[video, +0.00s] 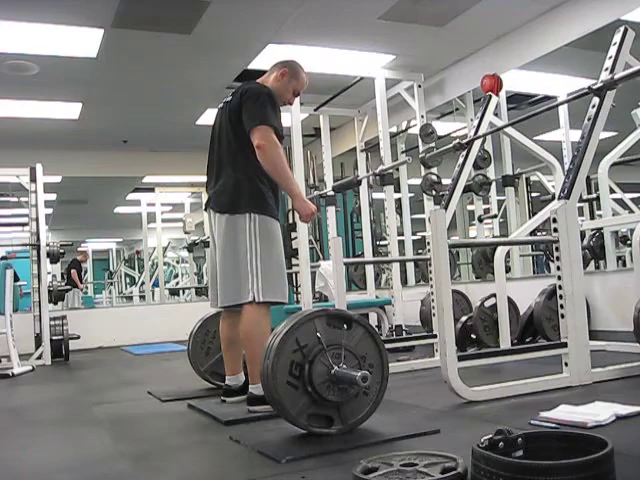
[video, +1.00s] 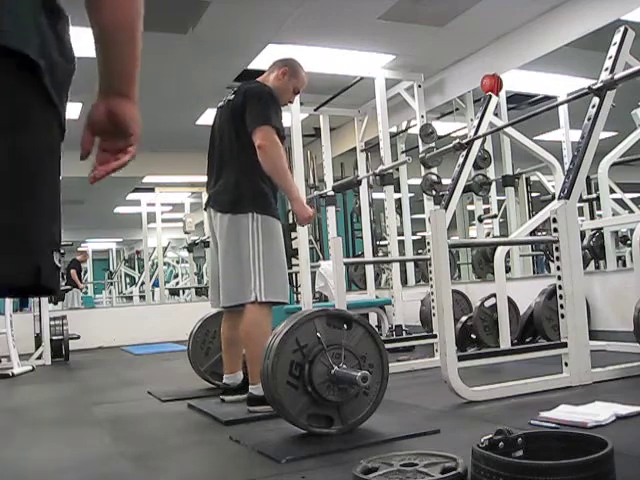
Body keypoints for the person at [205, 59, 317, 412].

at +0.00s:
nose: (292, 100)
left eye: (296, 96)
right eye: (294, 92)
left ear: (272, 72)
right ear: (281, 74)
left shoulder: (231, 103)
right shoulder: (258, 93)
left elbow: (218, 166)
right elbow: (264, 141)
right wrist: (298, 197)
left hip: (222, 208)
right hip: (248, 207)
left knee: (231, 303)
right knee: (257, 300)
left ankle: (234, 383)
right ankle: (260, 390)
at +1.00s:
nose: (292, 99)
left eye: (296, 95)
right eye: (294, 91)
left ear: (271, 72)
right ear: (280, 73)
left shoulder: (230, 103)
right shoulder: (260, 93)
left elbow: (221, 162)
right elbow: (265, 140)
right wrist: (297, 199)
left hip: (222, 207)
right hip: (249, 207)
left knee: (233, 302)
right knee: (259, 301)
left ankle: (232, 383)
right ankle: (260, 390)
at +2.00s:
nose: (298, 103)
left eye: (303, 99)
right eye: (301, 94)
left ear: (277, 76)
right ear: (285, 77)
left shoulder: (237, 104)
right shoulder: (263, 95)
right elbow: (272, 137)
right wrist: (303, 196)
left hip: (220, 207)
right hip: (245, 208)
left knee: (234, 302)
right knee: (259, 301)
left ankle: (233, 383)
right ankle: (260, 389)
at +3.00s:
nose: (259, 69)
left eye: (258, 63)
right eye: (257, 62)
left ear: (225, 64)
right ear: (242, 61)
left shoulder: (209, 104)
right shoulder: (244, 93)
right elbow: (301, 98)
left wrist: (290, 108)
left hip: (224, 211)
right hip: (255, 209)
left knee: (238, 302)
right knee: (266, 299)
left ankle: (233, 382)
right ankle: (260, 390)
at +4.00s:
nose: (256, 67)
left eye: (254, 62)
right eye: (253, 62)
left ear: (221, 68)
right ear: (244, 64)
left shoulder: (209, 101)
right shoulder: (243, 88)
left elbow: (214, 59)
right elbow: (260, 26)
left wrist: (218, 18)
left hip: (234, 206)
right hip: (261, 201)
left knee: (243, 299)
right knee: (268, 298)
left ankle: (233, 383)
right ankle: (259, 389)